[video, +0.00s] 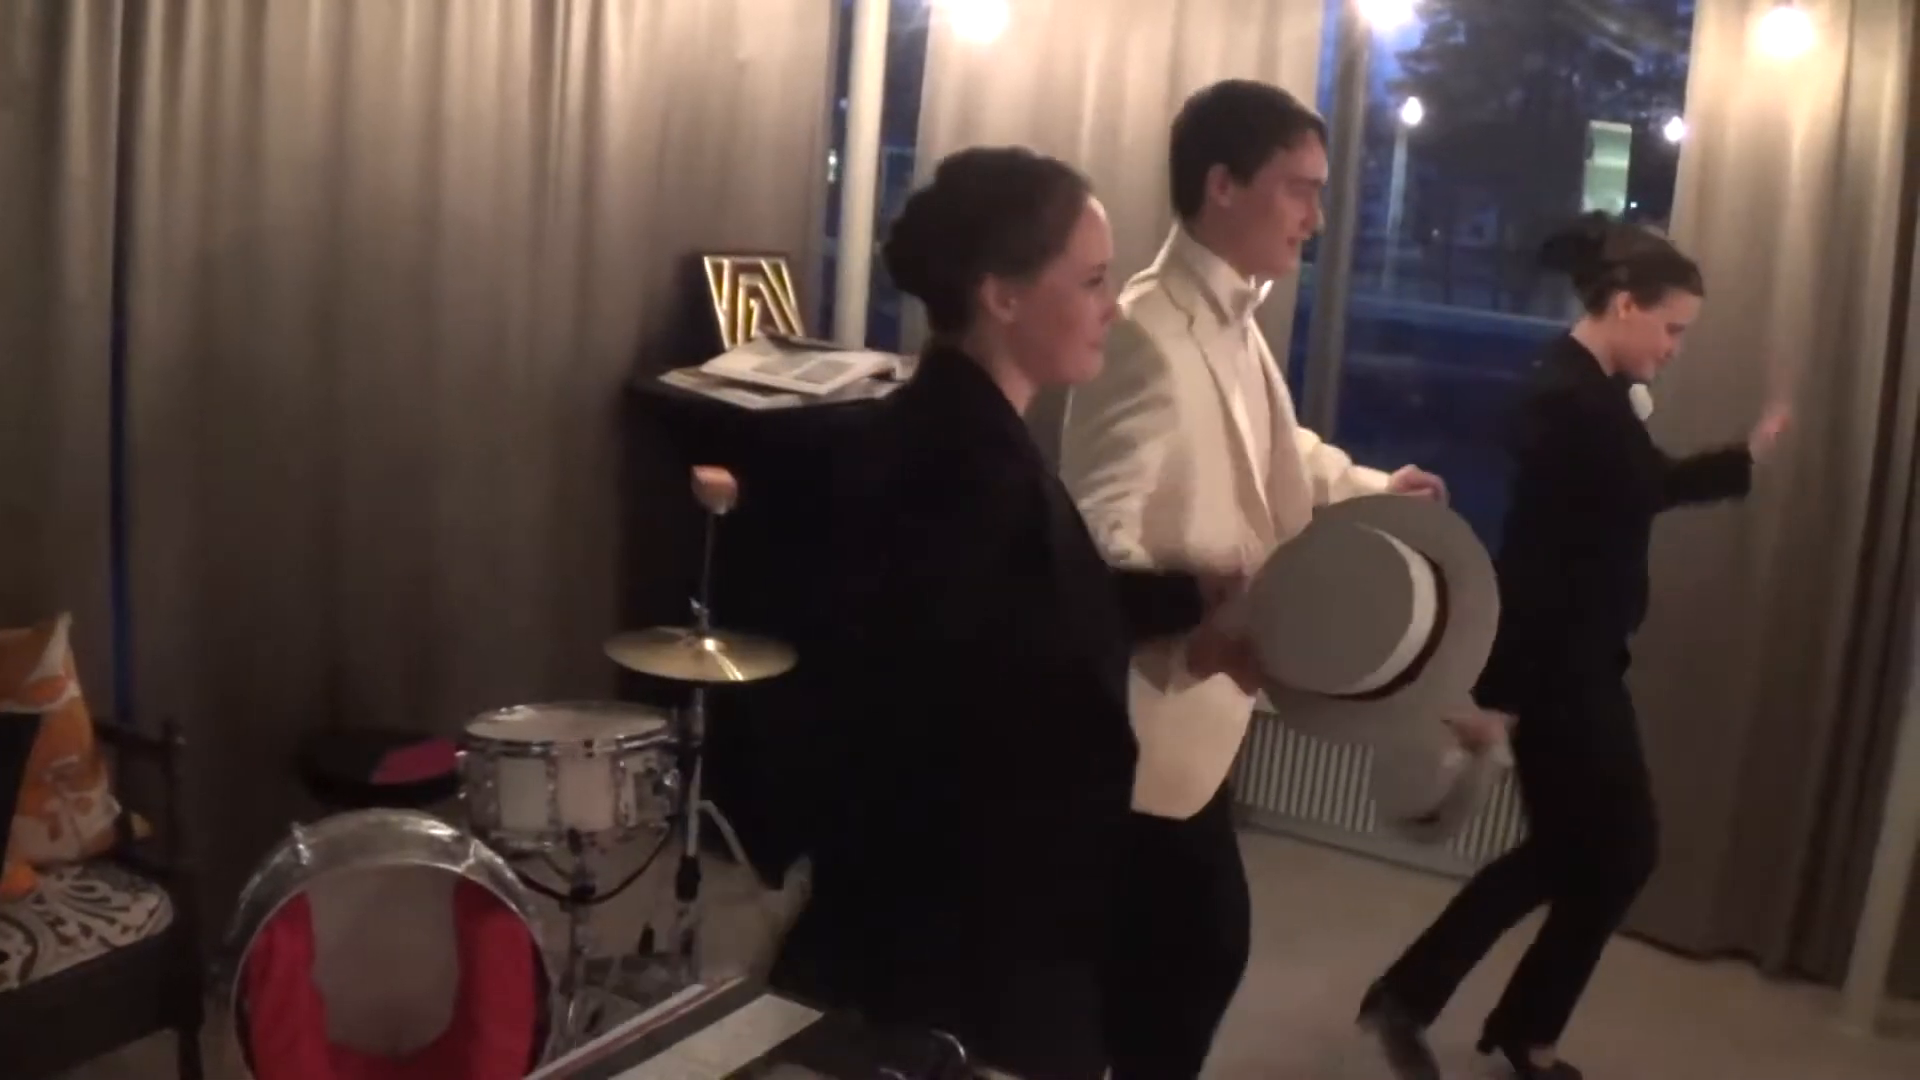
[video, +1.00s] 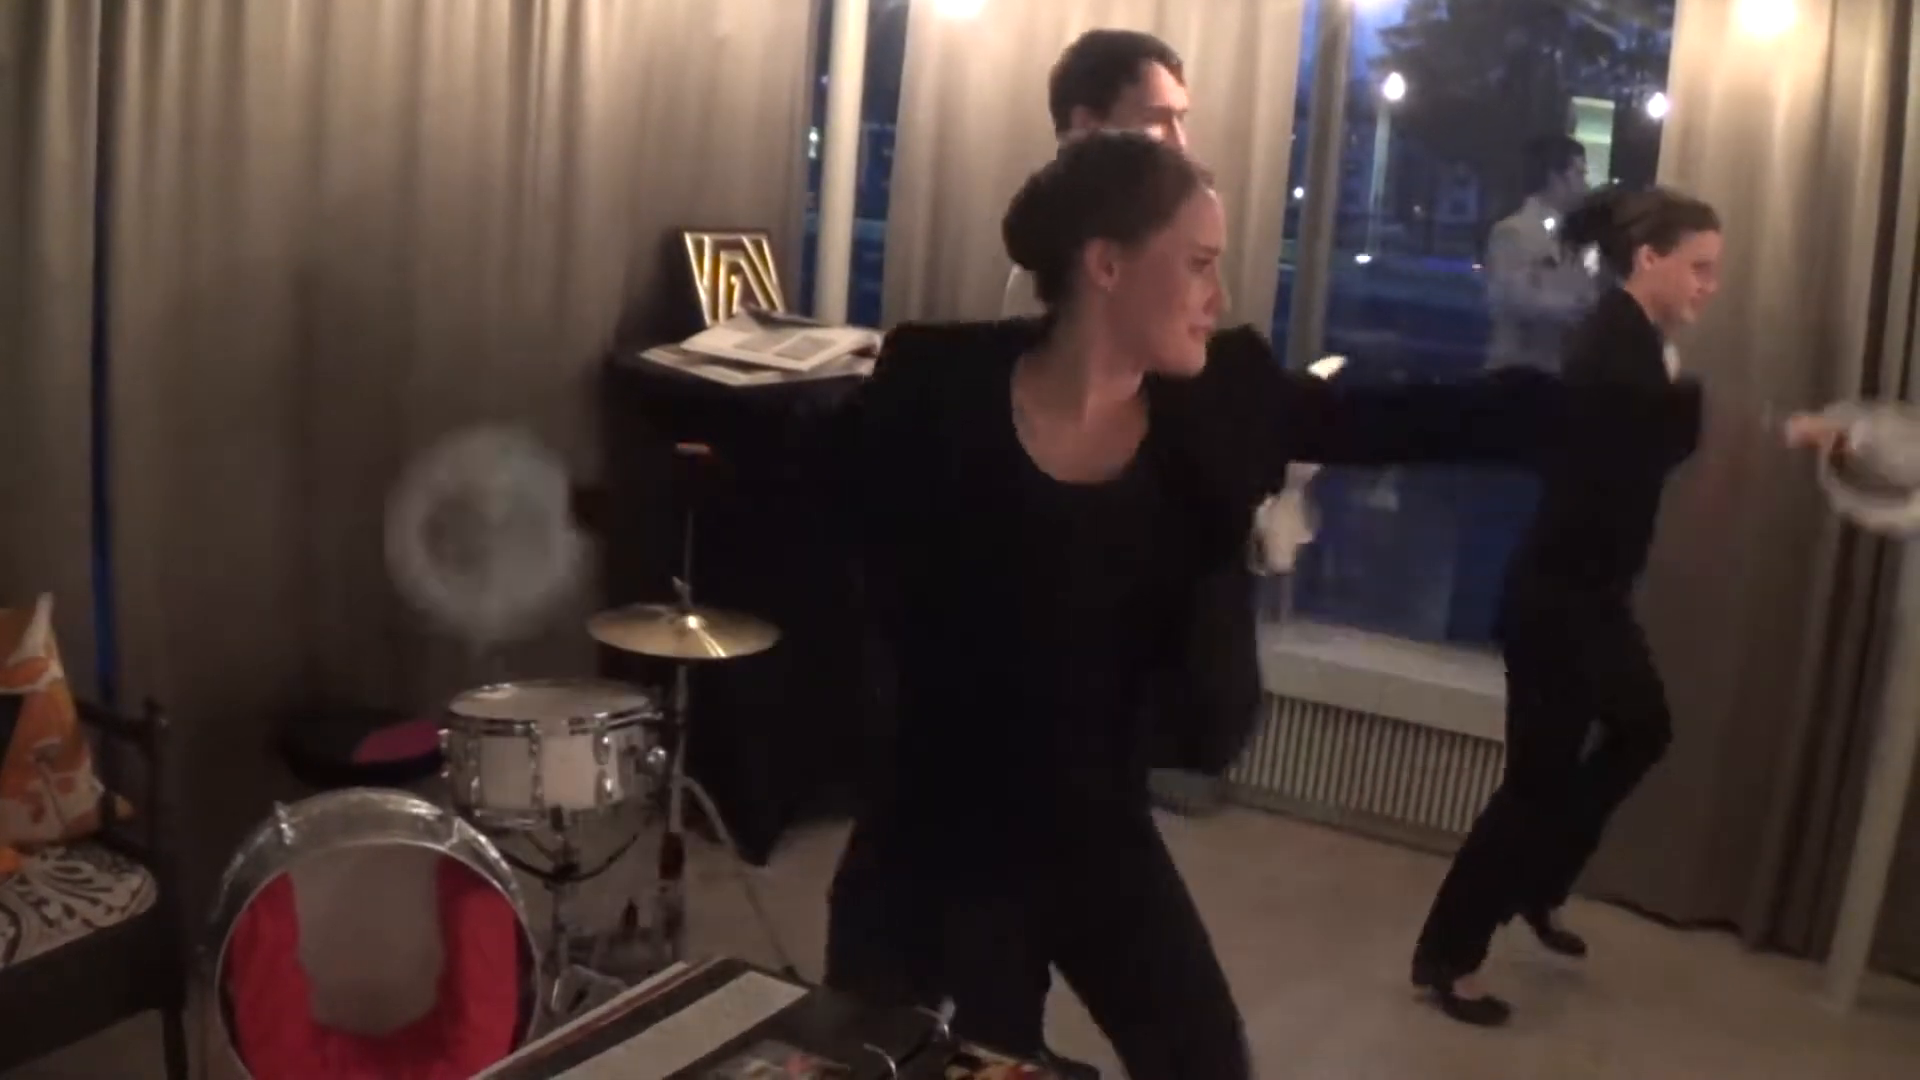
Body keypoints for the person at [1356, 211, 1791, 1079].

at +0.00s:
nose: (1676, 348)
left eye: (1682, 332)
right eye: (1671, 328)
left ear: (1618, 309)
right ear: (1618, 306)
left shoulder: (1584, 387)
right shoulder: (1576, 396)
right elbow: (1645, 485)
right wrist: (1746, 461)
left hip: (1565, 661)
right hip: (1569, 668)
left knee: (1558, 850)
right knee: (1619, 853)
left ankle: (1400, 999)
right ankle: (1520, 1035)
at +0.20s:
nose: (1697, 348)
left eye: (1705, 332)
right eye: (1696, 327)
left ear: (1647, 309)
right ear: (1645, 306)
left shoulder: (1611, 383)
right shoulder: (1593, 397)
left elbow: (1618, 544)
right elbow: (1614, 559)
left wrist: (1714, 608)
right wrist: (1726, 614)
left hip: (1596, 644)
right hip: (1565, 654)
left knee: (1674, 794)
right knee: (1598, 826)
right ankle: (1504, 1030)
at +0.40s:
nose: (1715, 312)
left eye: (1720, 295)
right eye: (1710, 291)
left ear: (1662, 286)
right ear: (1657, 280)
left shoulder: (1649, 365)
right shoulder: (1599, 368)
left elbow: (1672, 481)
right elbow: (1654, 486)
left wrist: (1767, 446)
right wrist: (1766, 436)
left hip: (1611, 613)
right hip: (1580, 616)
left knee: (1619, 806)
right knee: (1600, 813)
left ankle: (1523, 983)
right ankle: (1495, 1014)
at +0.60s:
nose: (1710, 294)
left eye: (1713, 277)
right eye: (1700, 274)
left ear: (1648, 273)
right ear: (1645, 268)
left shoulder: (1639, 359)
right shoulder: (1601, 365)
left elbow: (1625, 511)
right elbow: (1606, 524)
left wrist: (1716, 533)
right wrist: (1706, 536)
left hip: (1590, 604)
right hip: (1561, 607)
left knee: (1573, 788)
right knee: (1646, 789)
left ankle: (1511, 970)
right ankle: (1478, 873)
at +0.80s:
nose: (1698, 289)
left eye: (1701, 273)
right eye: (1688, 270)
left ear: (1640, 271)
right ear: (1632, 266)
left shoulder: (1622, 354)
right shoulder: (1595, 360)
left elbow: (1620, 488)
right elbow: (1610, 500)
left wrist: (1665, 541)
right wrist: (1666, 576)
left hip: (1591, 599)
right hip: (1559, 602)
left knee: (1592, 783)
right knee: (1583, 785)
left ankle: (1516, 956)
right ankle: (1456, 950)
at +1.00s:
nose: (1710, 286)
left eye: (1714, 270)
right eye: (1700, 267)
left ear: (1658, 265)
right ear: (1645, 260)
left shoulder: (1637, 344)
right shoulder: (1610, 348)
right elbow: (1636, 450)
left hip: (1596, 595)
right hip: (1555, 598)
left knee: (1642, 729)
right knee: (1542, 780)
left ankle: (1540, 882)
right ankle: (1441, 958)